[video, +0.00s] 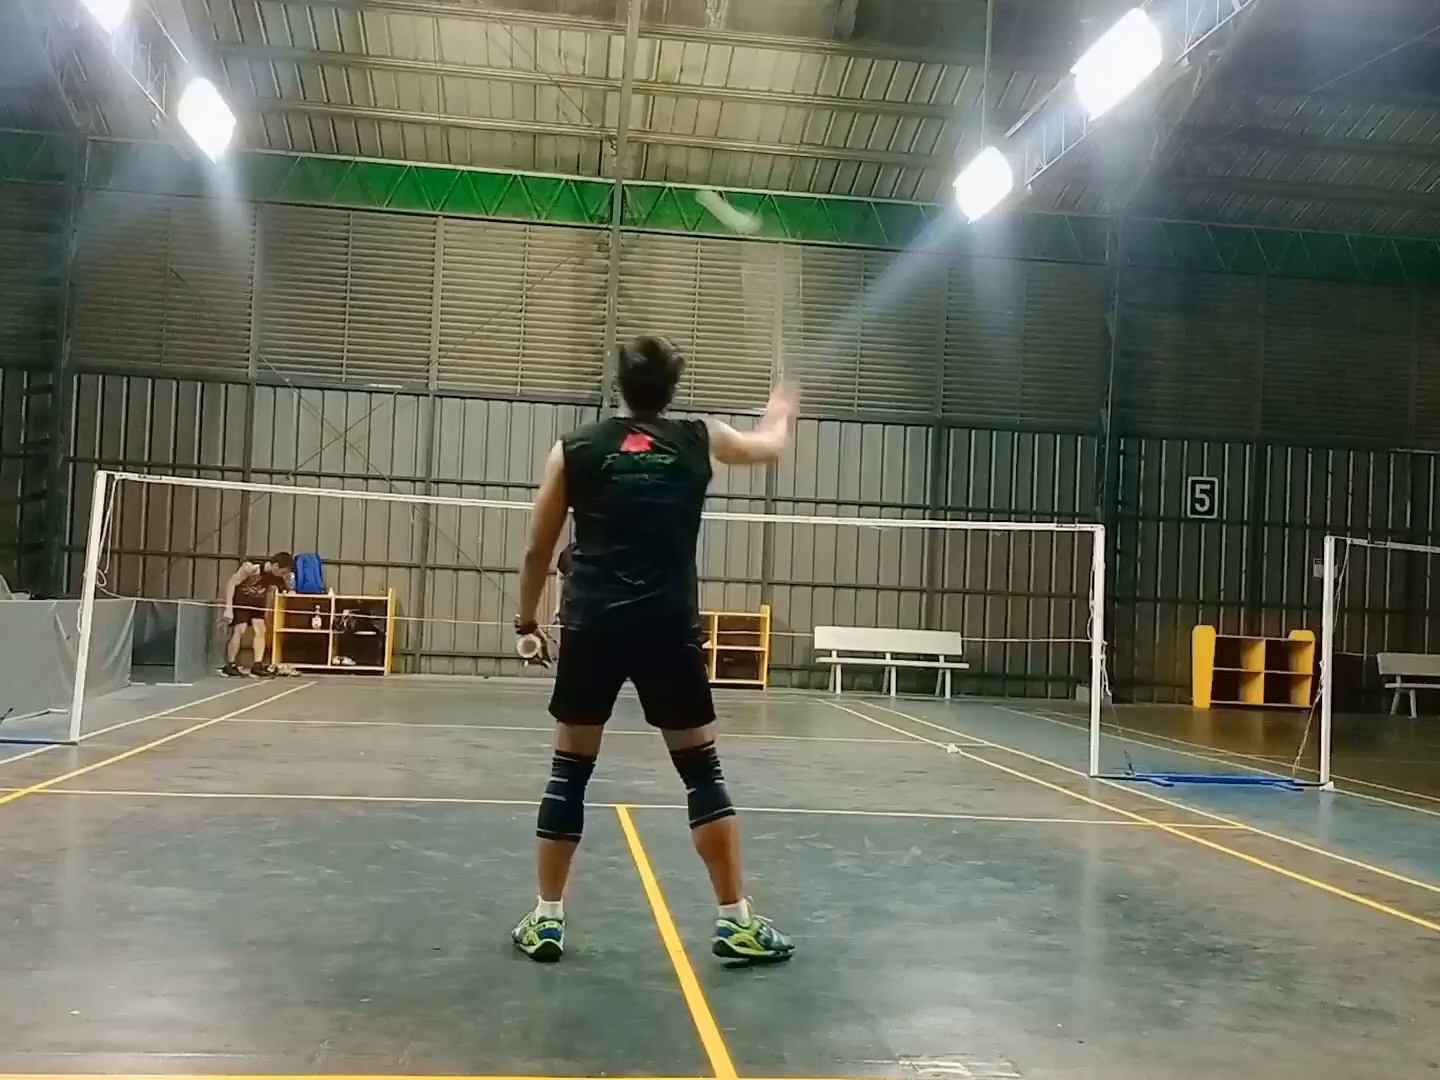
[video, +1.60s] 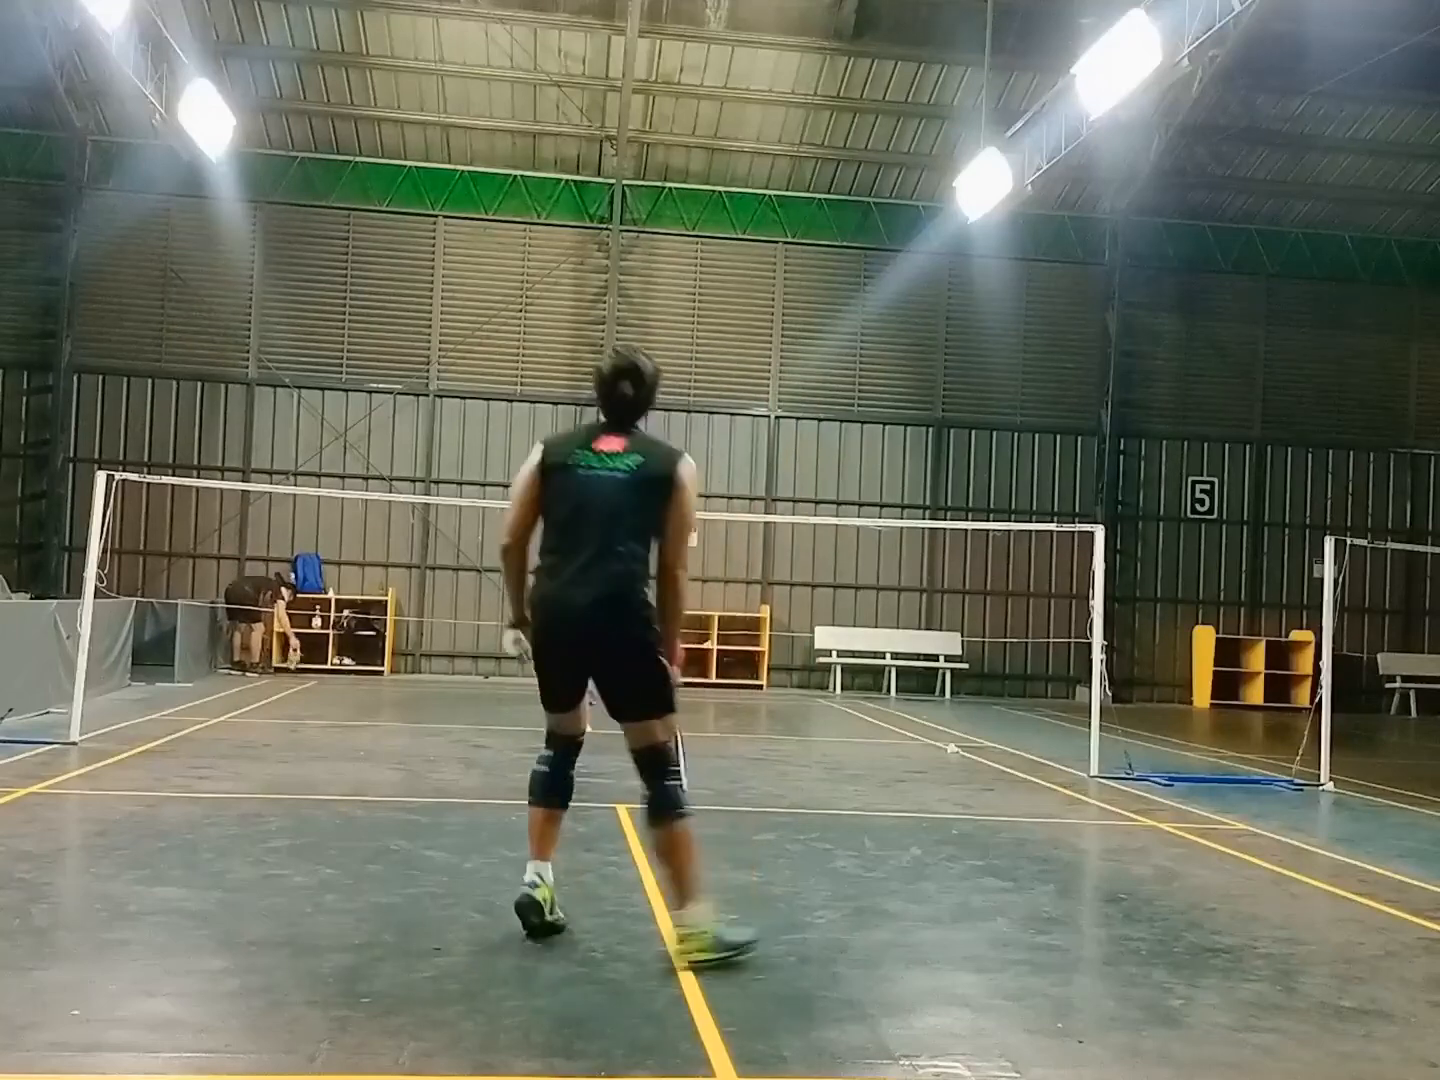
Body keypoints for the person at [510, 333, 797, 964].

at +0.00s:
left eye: (634, 382)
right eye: (669, 385)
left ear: (619, 389)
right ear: (673, 390)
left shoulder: (576, 447)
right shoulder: (700, 438)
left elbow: (540, 545)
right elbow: (766, 448)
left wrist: (527, 620)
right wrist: (779, 414)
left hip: (591, 630)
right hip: (668, 630)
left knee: (569, 767)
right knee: (701, 767)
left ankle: (547, 915)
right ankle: (736, 918)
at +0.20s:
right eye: (651, 384)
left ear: (603, 387)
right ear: (656, 388)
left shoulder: (563, 448)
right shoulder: (687, 434)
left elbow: (527, 546)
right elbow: (731, 463)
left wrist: (516, 616)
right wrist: (734, 485)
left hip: (587, 629)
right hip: (665, 628)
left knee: (568, 767)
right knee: (700, 764)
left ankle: (547, 916)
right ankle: (730, 912)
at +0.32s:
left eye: (610, 375)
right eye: (646, 380)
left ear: (598, 385)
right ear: (652, 387)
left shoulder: (562, 447)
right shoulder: (685, 448)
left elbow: (523, 545)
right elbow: (694, 543)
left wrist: (511, 621)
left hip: (588, 626)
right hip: (665, 624)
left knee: (567, 767)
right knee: (703, 762)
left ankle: (548, 916)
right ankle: (736, 910)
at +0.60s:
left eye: (644, 381)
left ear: (636, 390)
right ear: (690, 396)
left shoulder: (597, 449)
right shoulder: (720, 462)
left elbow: (563, 546)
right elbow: (725, 566)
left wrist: (533, 633)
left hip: (610, 629)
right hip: (687, 632)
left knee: (582, 767)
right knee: (716, 769)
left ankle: (549, 915)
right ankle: (737, 923)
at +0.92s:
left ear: (692, 398)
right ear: (744, 406)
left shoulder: (647, 442)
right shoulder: (771, 474)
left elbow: (617, 522)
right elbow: (798, 571)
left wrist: (586, 614)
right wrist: (796, 658)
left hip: (635, 629)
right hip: (716, 638)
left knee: (590, 758)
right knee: (732, 774)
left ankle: (552, 901)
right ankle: (739, 926)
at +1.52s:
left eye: (630, 411)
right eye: (661, 419)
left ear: (620, 420)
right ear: (671, 426)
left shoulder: (574, 469)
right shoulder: (695, 486)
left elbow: (540, 555)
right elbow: (704, 582)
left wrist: (538, 631)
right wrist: (703, 648)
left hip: (578, 638)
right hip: (652, 643)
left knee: (566, 757)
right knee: (696, 776)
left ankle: (541, 896)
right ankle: (743, 921)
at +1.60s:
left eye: (611, 392)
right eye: (642, 397)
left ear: (598, 399)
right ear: (649, 404)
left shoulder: (552, 453)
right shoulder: (673, 467)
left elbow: (513, 540)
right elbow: (671, 569)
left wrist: (519, 606)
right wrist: (671, 642)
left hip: (555, 621)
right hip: (624, 626)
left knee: (561, 740)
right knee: (660, 764)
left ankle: (538, 877)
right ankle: (694, 920)